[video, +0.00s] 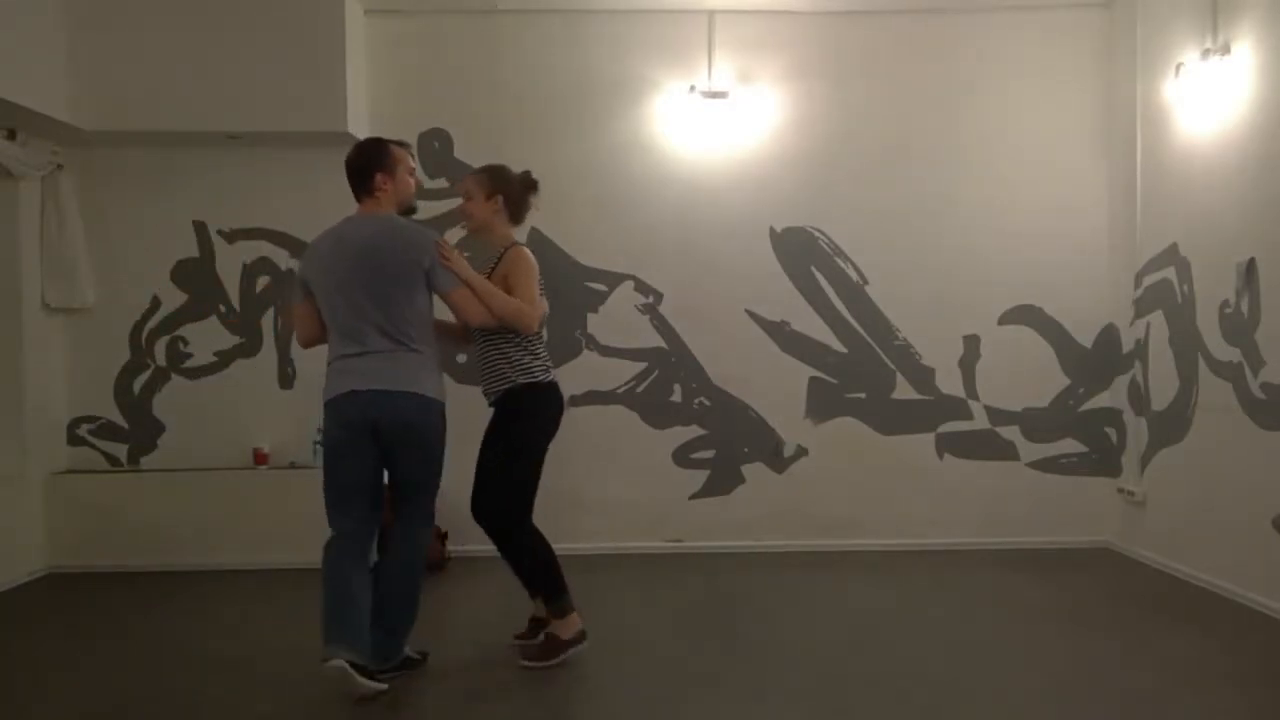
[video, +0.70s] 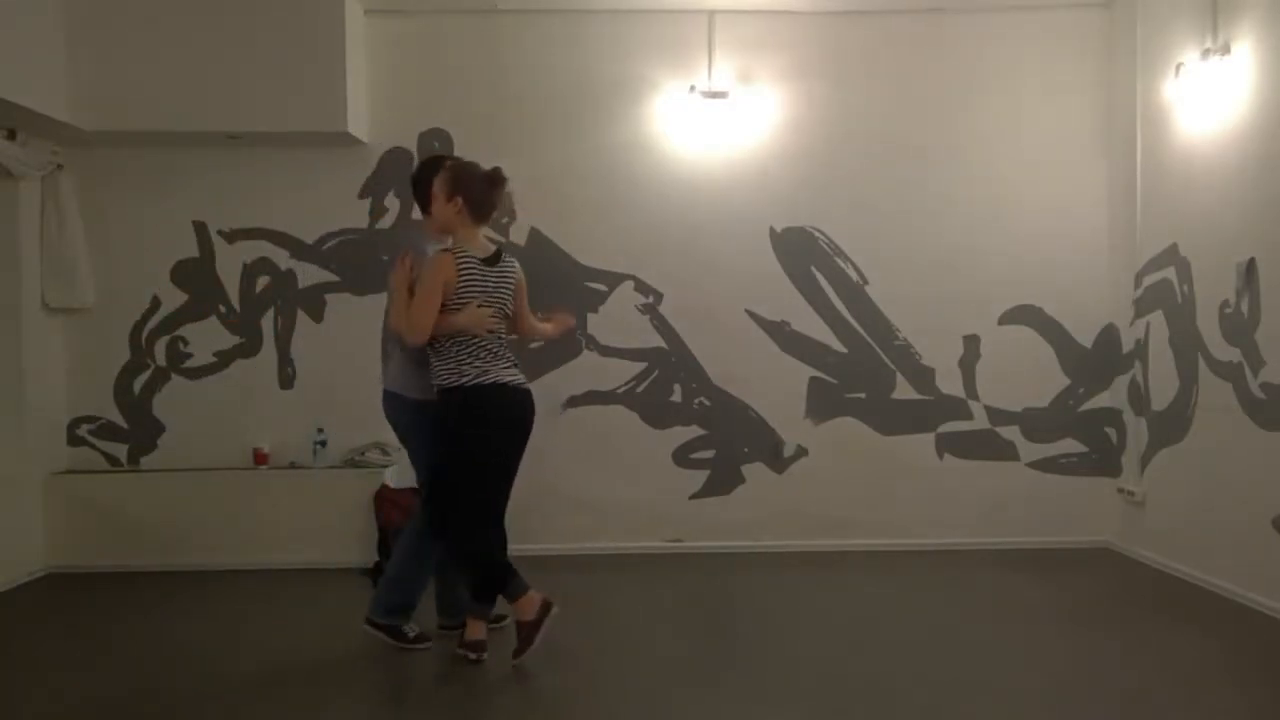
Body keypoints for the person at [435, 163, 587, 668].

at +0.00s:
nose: (461, 208)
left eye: (467, 199)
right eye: (461, 199)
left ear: (495, 203)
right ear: (488, 205)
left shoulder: (517, 257)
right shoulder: (490, 267)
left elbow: (529, 318)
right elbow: (471, 332)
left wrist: (466, 273)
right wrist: (417, 318)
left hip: (532, 398)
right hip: (512, 400)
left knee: (505, 510)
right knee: (489, 507)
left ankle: (567, 620)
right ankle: (548, 608)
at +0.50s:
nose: (455, 206)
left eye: (460, 199)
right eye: (457, 197)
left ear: (482, 205)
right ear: (496, 208)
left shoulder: (484, 256)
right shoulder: (511, 258)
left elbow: (460, 325)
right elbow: (476, 323)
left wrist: (429, 285)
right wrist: (440, 297)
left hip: (504, 404)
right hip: (526, 401)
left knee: (523, 518)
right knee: (491, 516)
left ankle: (572, 627)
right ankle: (475, 631)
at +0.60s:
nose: (447, 207)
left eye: (452, 199)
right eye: (449, 197)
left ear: (471, 204)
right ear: (492, 207)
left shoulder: (465, 257)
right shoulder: (512, 261)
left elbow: (436, 327)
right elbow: (516, 337)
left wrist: (414, 285)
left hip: (485, 399)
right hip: (521, 396)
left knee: (492, 518)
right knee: (490, 517)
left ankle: (557, 617)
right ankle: (475, 628)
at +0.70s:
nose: (429, 211)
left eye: (434, 202)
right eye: (430, 202)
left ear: (456, 205)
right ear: (478, 207)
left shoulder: (445, 262)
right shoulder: (509, 263)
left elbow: (414, 332)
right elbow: (525, 327)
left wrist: (397, 288)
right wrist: (552, 327)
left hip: (467, 399)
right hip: (514, 398)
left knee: (456, 511)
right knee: (486, 512)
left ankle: (526, 602)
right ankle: (475, 629)